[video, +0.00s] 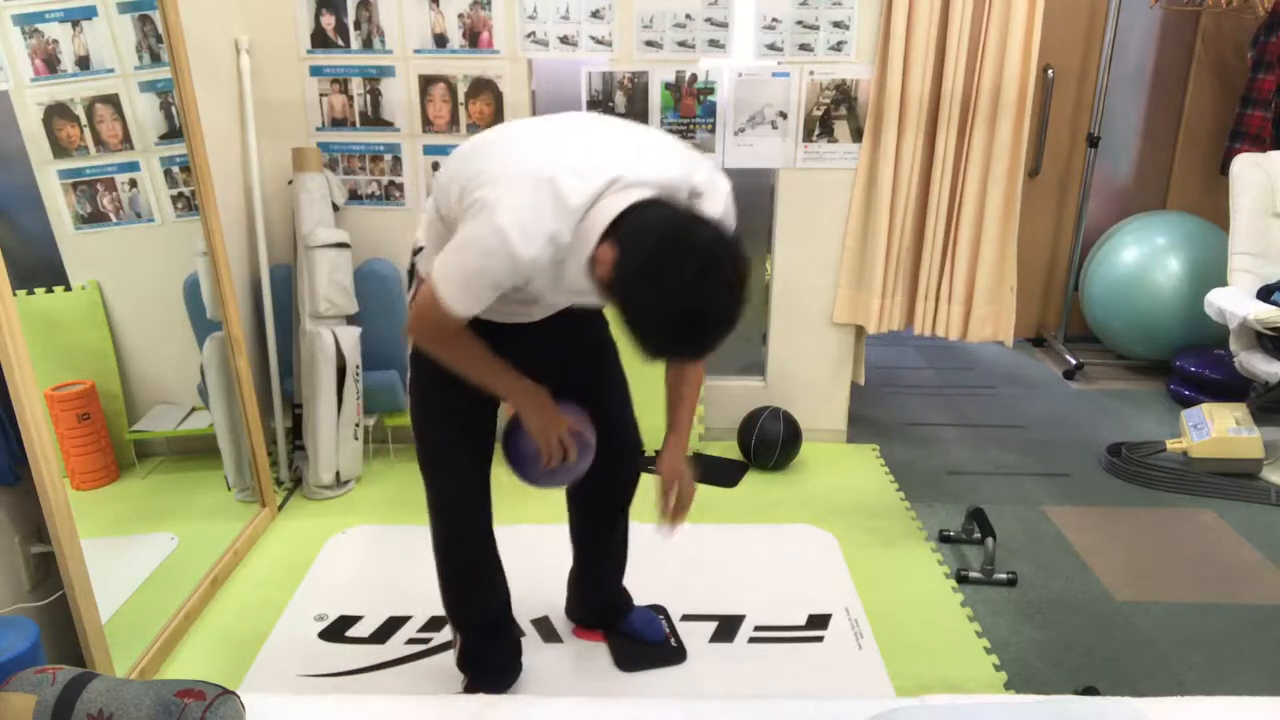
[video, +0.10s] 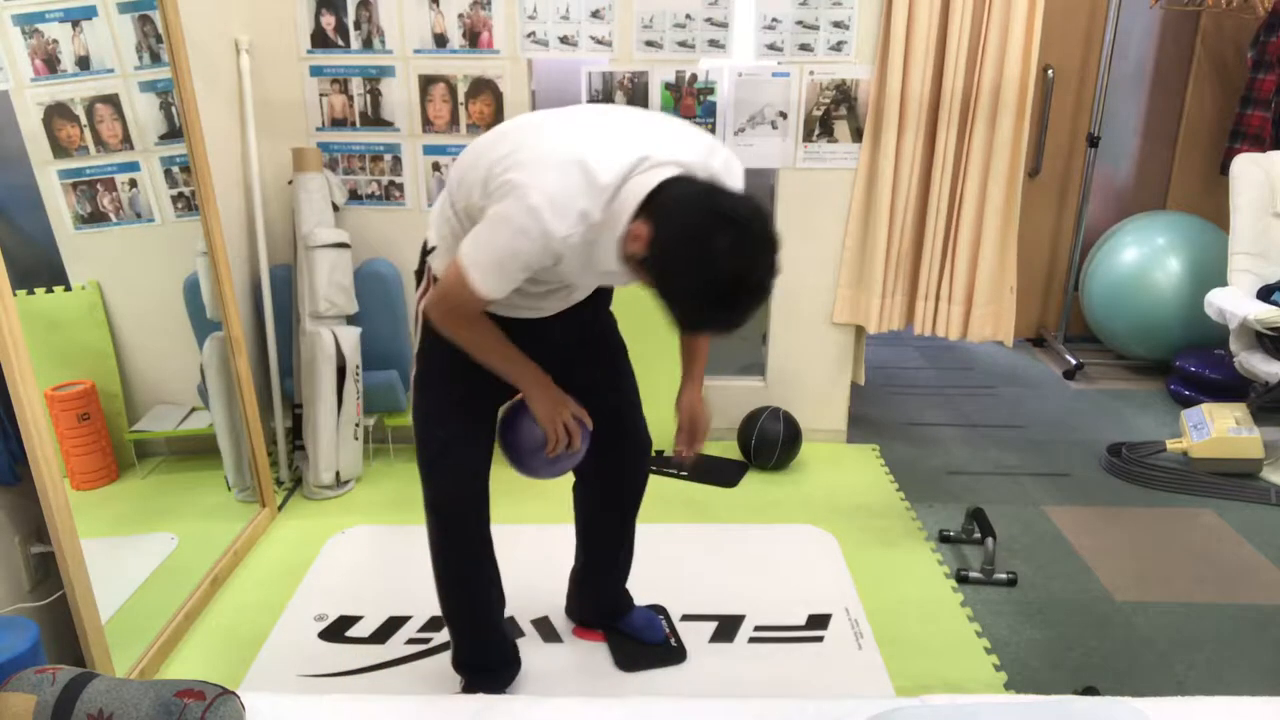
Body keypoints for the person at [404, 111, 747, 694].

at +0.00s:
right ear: (607, 265)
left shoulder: (710, 200)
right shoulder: (512, 232)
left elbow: (690, 334)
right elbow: (427, 323)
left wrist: (678, 442)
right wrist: (529, 399)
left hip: (567, 292)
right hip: (465, 290)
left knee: (613, 450)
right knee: (457, 489)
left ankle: (598, 600)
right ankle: (487, 652)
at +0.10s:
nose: (654, 300)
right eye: (663, 294)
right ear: (642, 241)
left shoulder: (723, 177)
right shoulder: (540, 216)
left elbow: (699, 286)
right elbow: (445, 306)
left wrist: (692, 384)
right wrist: (536, 385)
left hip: (573, 286)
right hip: (472, 289)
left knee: (621, 444)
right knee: (455, 491)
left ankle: (599, 599)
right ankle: (485, 666)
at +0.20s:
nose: (691, 284)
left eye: (706, 285)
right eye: (693, 274)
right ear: (674, 226)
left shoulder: (735, 170)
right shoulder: (570, 204)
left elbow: (706, 257)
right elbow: (464, 296)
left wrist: (701, 340)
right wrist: (541, 379)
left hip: (577, 278)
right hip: (481, 284)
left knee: (622, 446)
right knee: (467, 489)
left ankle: (599, 599)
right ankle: (483, 665)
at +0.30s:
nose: (716, 271)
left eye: (726, 270)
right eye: (717, 261)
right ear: (698, 213)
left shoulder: (736, 154)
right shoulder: (595, 192)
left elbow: (696, 230)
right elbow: (485, 285)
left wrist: (700, 315)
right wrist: (551, 376)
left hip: (582, 273)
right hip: (489, 274)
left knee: (620, 440)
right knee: (482, 482)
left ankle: (598, 598)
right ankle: (487, 663)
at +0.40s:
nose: (728, 259)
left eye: (741, 261)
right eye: (737, 253)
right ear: (723, 203)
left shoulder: (735, 145)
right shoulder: (621, 175)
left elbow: (679, 217)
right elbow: (507, 279)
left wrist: (685, 307)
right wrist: (557, 375)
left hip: (587, 268)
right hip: (496, 268)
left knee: (617, 445)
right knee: (495, 477)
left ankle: (597, 601)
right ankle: (486, 665)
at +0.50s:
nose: (745, 246)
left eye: (759, 245)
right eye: (755, 239)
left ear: (743, 178)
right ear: (739, 188)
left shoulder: (736, 140)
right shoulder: (641, 162)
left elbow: (668, 211)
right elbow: (531, 274)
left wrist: (663, 308)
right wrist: (563, 375)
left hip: (589, 266)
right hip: (501, 262)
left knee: (618, 441)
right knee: (498, 474)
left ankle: (597, 600)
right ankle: (482, 664)